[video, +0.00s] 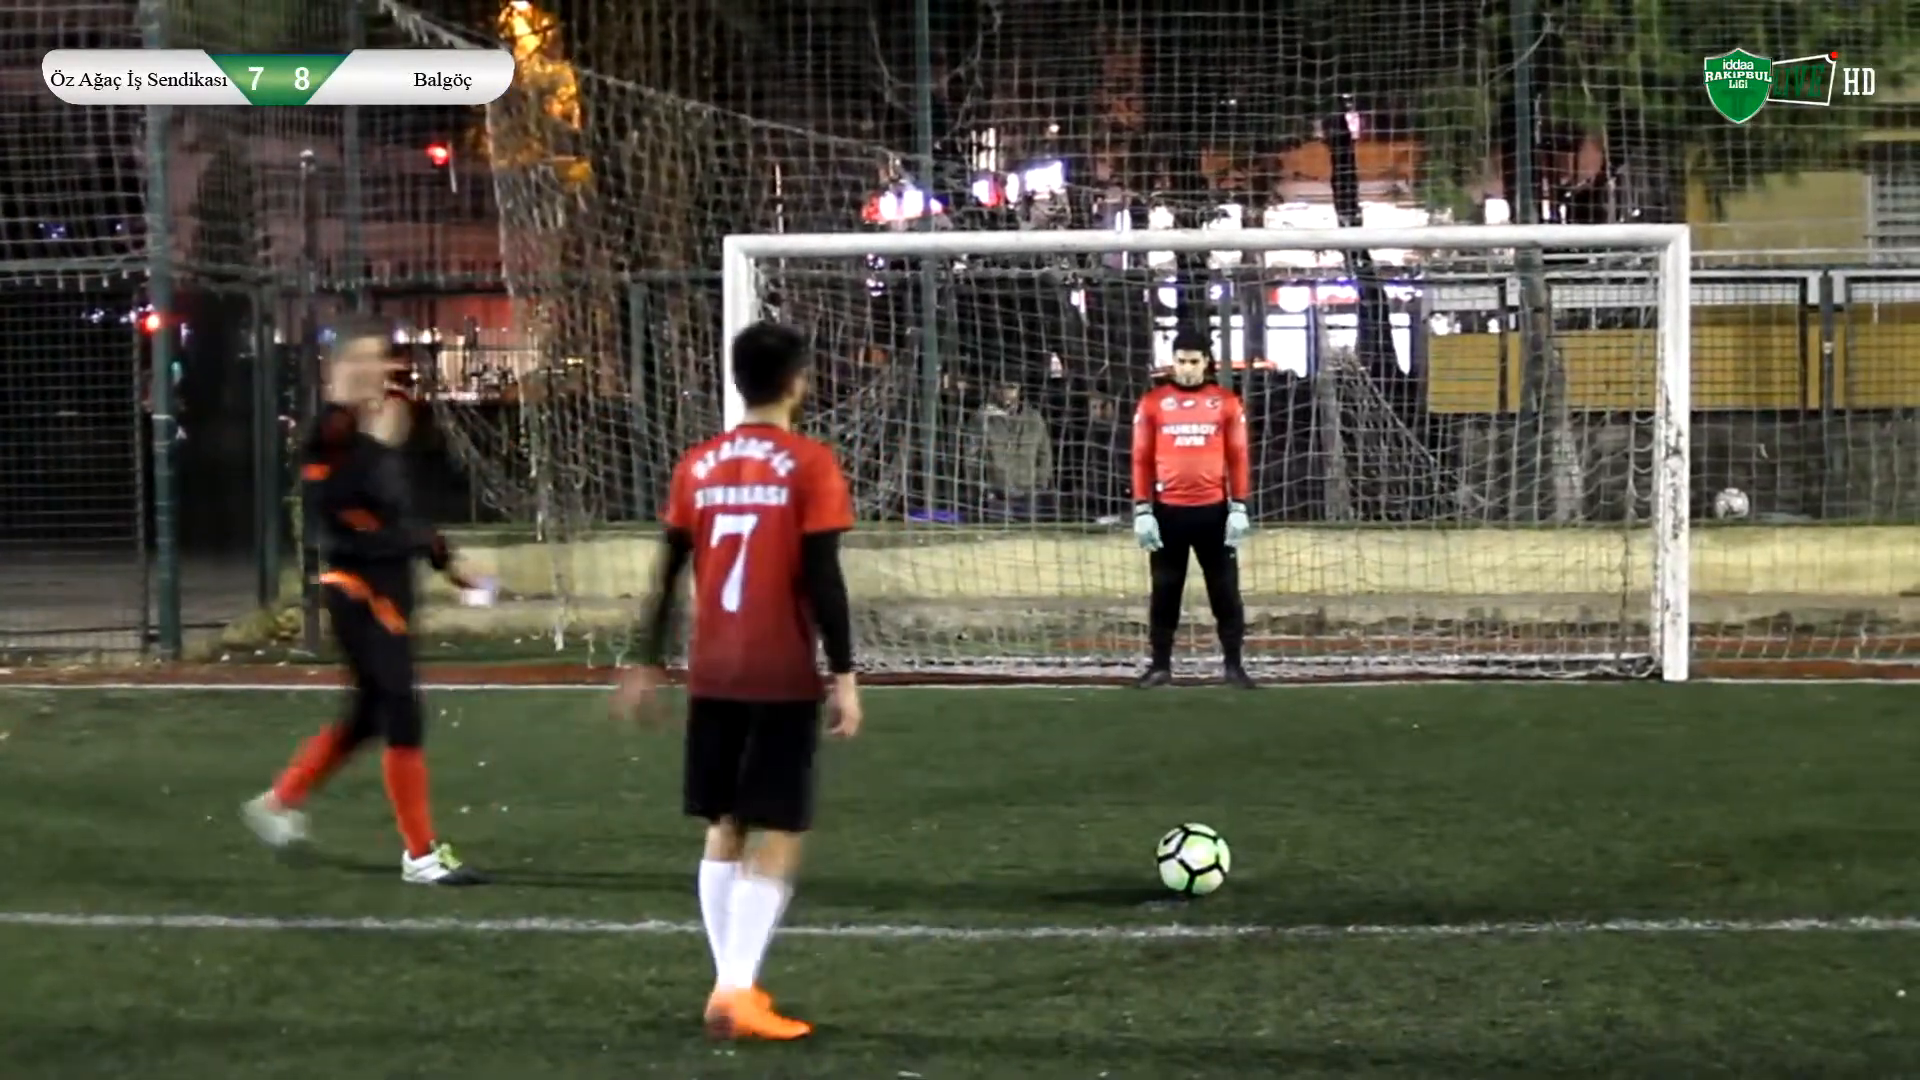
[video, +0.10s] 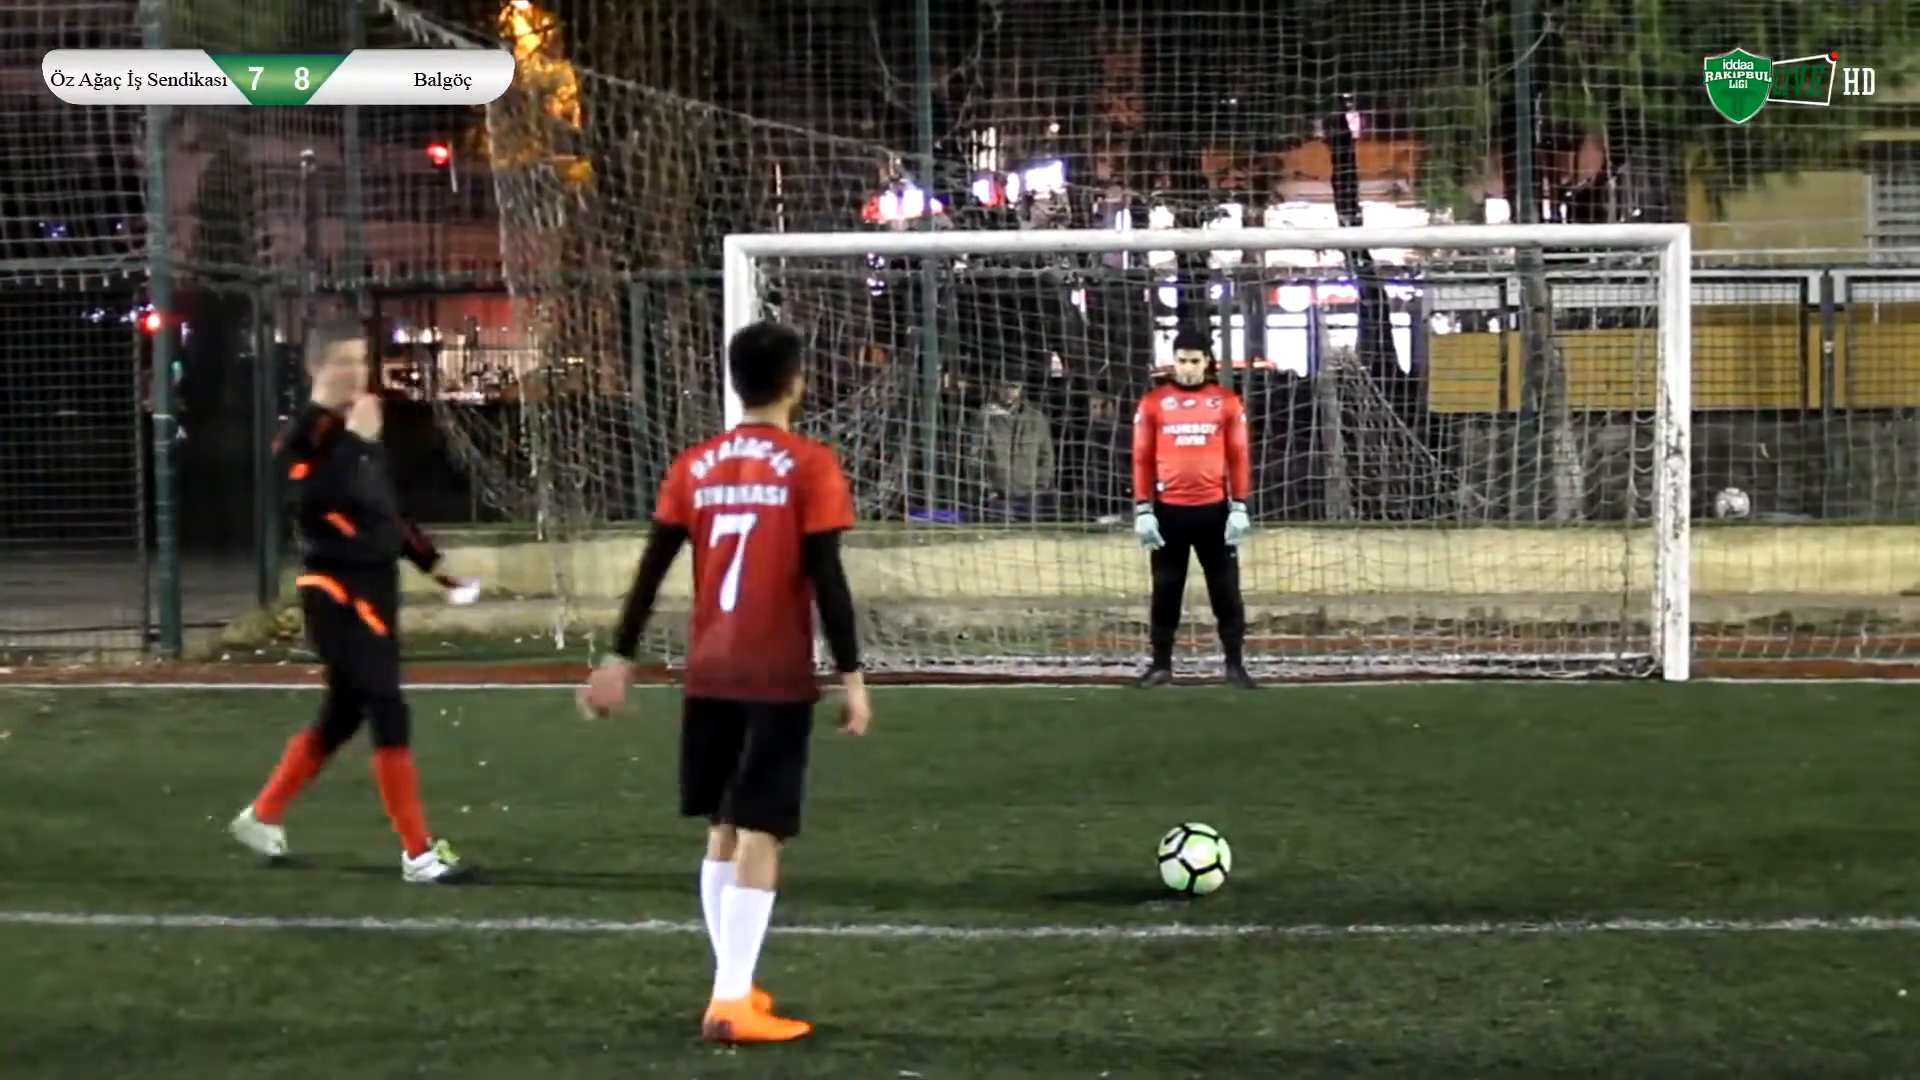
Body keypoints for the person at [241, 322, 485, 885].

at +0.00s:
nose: (382, 384)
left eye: (386, 374)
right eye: (371, 373)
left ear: (388, 379)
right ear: (344, 376)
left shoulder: (390, 435)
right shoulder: (335, 434)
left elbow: (409, 516)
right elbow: (341, 520)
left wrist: (449, 564)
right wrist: (418, 542)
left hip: (384, 585)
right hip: (353, 587)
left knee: (371, 708)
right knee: (401, 707)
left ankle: (279, 802)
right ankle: (420, 853)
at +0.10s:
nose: (359, 374)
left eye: (363, 363)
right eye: (347, 363)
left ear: (366, 368)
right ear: (318, 369)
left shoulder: (360, 431)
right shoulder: (305, 432)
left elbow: (386, 512)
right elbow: (311, 497)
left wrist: (436, 568)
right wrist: (357, 440)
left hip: (371, 587)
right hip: (334, 589)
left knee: (343, 714)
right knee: (389, 711)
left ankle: (261, 817)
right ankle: (418, 851)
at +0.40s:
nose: (322, 380)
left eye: (324, 370)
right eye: (313, 369)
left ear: (311, 378)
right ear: (278, 372)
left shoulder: (302, 438)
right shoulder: (254, 434)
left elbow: (327, 517)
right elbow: (264, 500)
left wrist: (375, 568)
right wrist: (310, 444)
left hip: (305, 589)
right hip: (267, 588)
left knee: (283, 710)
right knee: (331, 703)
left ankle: (237, 835)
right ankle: (367, 839)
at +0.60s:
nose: (292, 367)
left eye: (291, 356)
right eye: (282, 356)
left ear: (271, 364)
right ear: (255, 362)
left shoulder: (269, 424)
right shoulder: (228, 424)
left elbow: (293, 509)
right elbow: (257, 502)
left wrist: (346, 551)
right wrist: (294, 449)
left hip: (277, 578)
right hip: (244, 580)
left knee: (272, 703)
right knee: (287, 698)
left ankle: (240, 833)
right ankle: (282, 834)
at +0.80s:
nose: (253, 361)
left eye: (250, 351)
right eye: (245, 351)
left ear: (212, 358)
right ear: (227, 357)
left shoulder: (240, 418)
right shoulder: (196, 418)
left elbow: (263, 483)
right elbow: (228, 496)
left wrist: (310, 495)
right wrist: (267, 438)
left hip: (248, 575)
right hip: (214, 574)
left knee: (251, 701)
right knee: (244, 700)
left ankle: (241, 836)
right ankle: (157, 807)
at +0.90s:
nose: (238, 358)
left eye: (235, 347)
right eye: (230, 348)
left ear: (198, 356)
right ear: (208, 354)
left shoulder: (227, 417)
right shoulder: (177, 421)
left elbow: (255, 472)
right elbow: (215, 489)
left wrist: (319, 476)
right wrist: (257, 436)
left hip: (238, 578)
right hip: (195, 580)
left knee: (246, 706)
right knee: (216, 708)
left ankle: (240, 838)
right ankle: (119, 804)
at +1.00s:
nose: (219, 361)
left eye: (219, 351)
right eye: (211, 351)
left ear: (202, 358)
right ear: (187, 355)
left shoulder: (217, 421)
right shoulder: (159, 423)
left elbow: (265, 455)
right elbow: (153, 510)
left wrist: (305, 448)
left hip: (221, 577)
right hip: (177, 578)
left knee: (239, 704)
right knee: (177, 712)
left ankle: (241, 836)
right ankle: (83, 802)